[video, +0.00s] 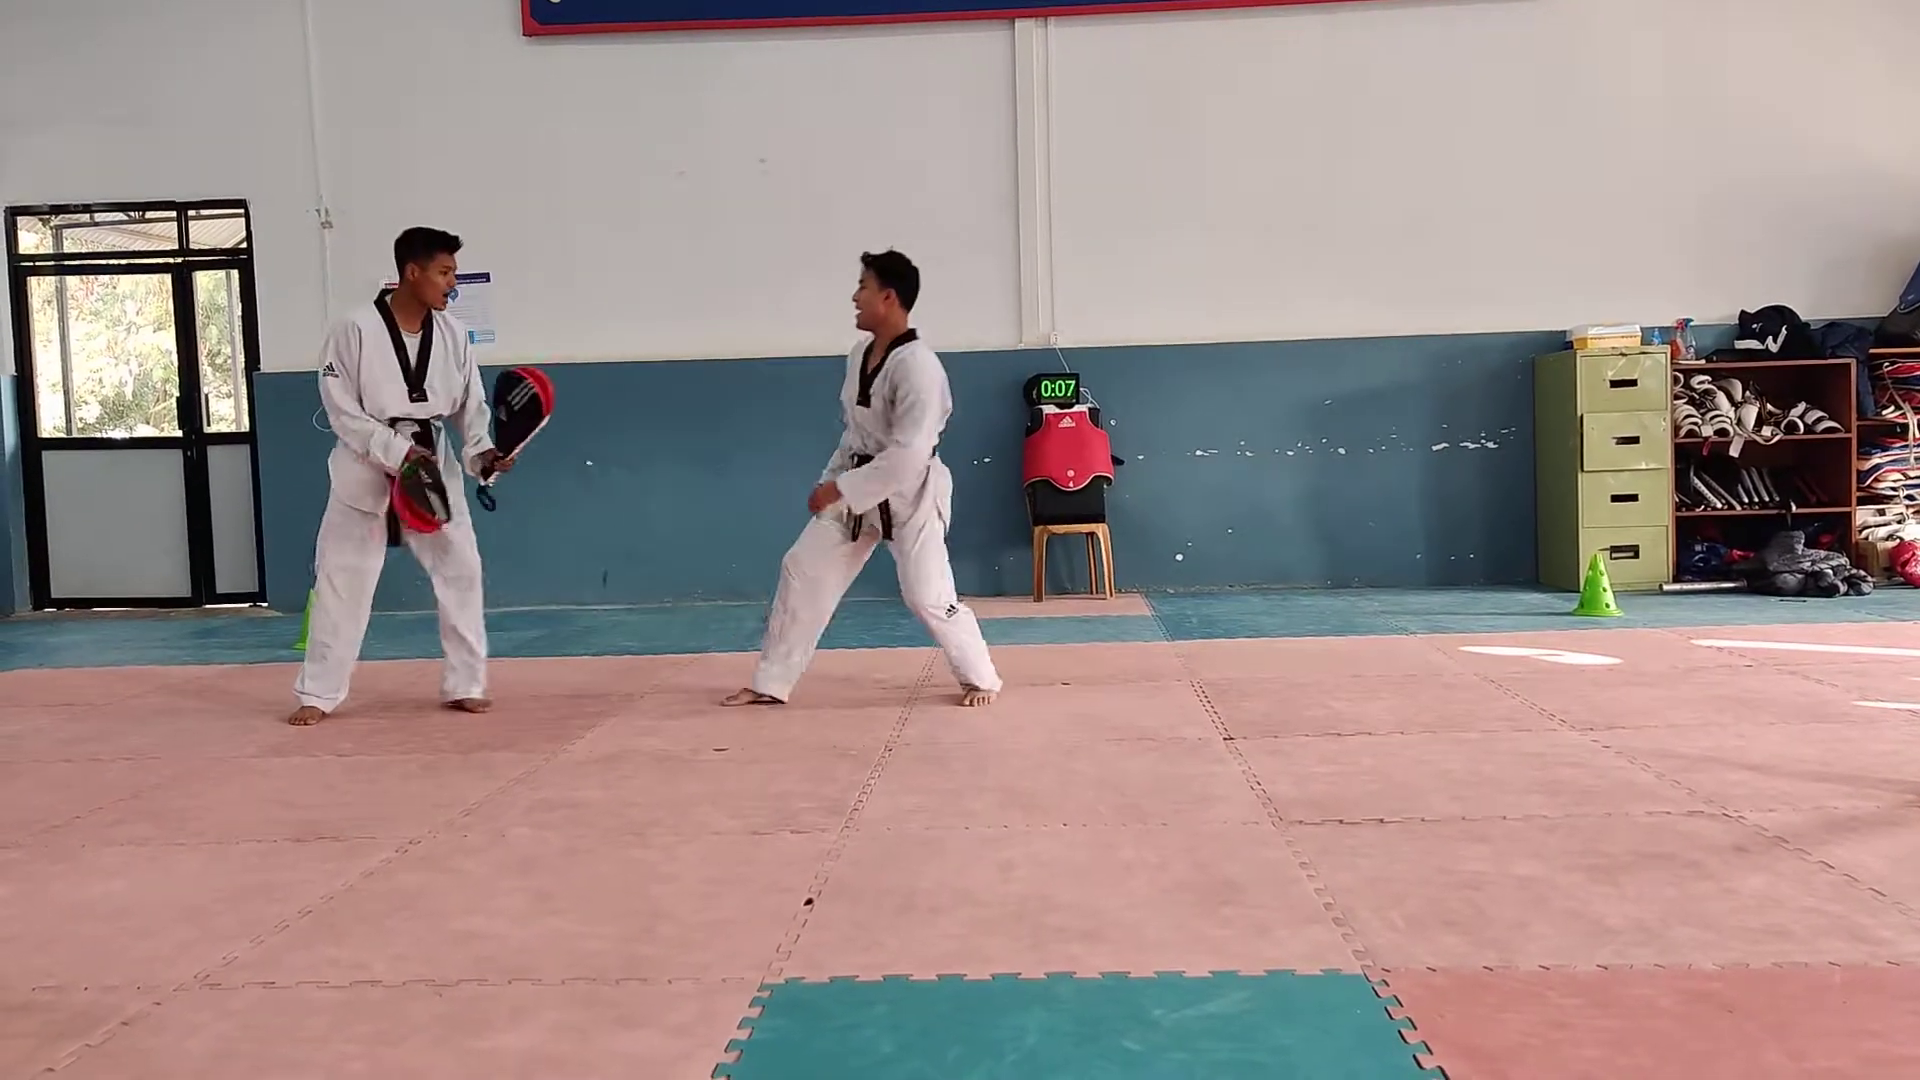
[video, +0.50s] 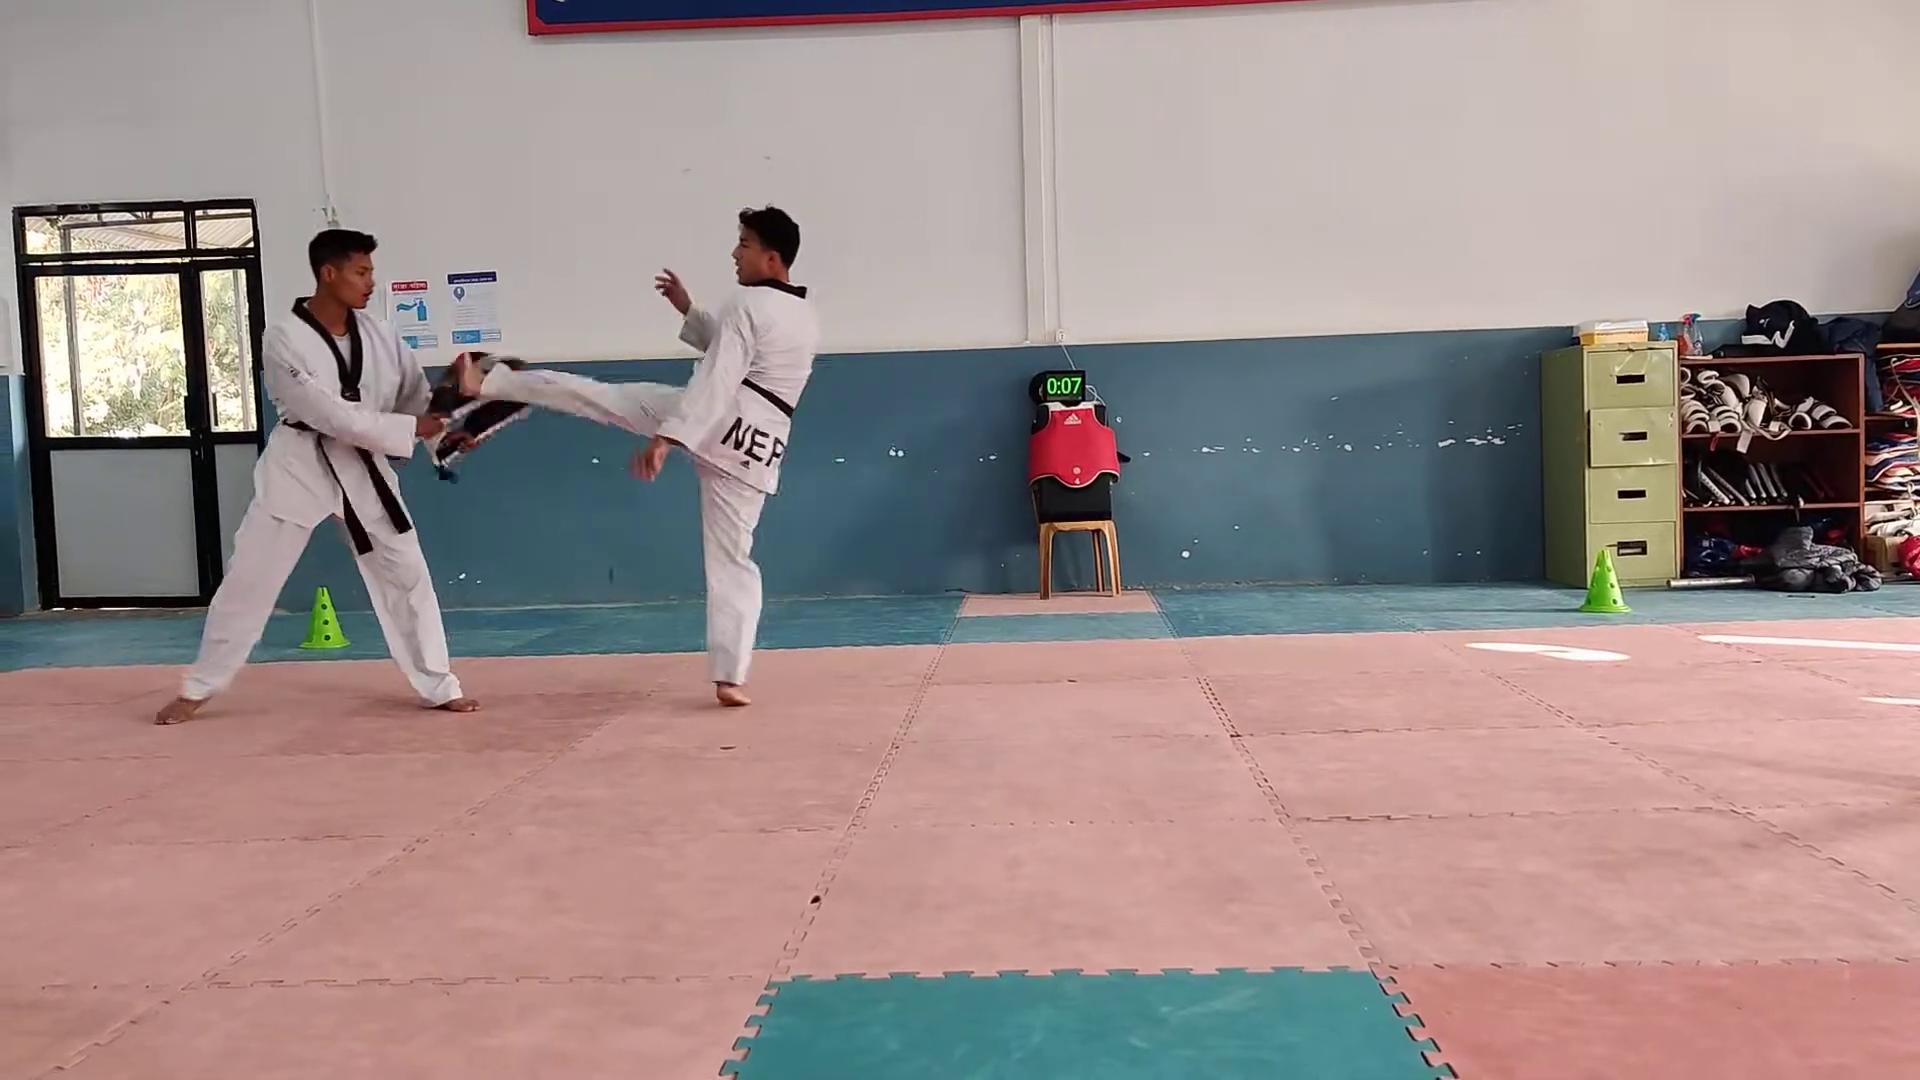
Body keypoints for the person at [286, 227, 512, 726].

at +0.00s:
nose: (453, 283)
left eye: (454, 273)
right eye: (444, 273)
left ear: (427, 275)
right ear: (411, 273)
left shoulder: (452, 334)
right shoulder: (351, 330)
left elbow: (470, 403)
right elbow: (343, 414)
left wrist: (479, 451)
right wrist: (396, 450)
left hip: (433, 462)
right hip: (365, 462)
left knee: (462, 566)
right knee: (342, 572)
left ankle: (466, 685)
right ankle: (318, 694)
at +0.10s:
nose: (444, 280)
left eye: (446, 271)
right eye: (436, 271)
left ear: (426, 274)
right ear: (402, 271)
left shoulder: (447, 331)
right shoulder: (350, 328)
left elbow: (467, 403)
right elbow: (347, 412)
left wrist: (481, 451)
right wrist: (421, 439)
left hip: (425, 466)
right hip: (355, 463)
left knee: (438, 570)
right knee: (337, 575)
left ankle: (437, 683)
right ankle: (321, 692)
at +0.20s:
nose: (440, 280)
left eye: (441, 271)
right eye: (430, 271)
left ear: (430, 273)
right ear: (397, 270)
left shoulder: (443, 330)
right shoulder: (346, 327)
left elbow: (465, 407)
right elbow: (344, 411)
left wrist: (479, 454)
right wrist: (423, 435)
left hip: (415, 459)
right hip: (346, 457)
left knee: (428, 568)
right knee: (329, 570)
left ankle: (437, 683)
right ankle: (316, 690)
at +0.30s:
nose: (428, 277)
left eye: (429, 268)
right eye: (419, 268)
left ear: (406, 271)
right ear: (385, 269)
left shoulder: (430, 329)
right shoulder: (335, 325)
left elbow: (448, 408)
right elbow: (340, 409)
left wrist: (474, 448)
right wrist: (419, 433)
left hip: (404, 460)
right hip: (336, 459)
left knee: (423, 569)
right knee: (310, 568)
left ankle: (439, 683)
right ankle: (292, 688)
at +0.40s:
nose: (404, 276)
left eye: (404, 267)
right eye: (394, 267)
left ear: (386, 271)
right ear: (361, 268)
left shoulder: (411, 333)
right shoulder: (315, 330)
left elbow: (436, 406)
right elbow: (333, 412)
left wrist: (466, 443)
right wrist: (416, 428)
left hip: (390, 464)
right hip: (319, 463)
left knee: (416, 573)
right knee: (277, 568)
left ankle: (439, 684)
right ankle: (241, 681)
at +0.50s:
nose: (371, 282)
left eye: (371, 272)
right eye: (362, 273)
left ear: (348, 276)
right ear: (327, 274)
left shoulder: (377, 332)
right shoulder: (285, 337)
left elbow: (414, 397)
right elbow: (322, 411)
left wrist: (455, 397)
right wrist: (411, 427)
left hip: (365, 462)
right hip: (299, 464)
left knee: (406, 570)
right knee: (250, 573)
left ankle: (439, 684)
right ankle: (197, 689)